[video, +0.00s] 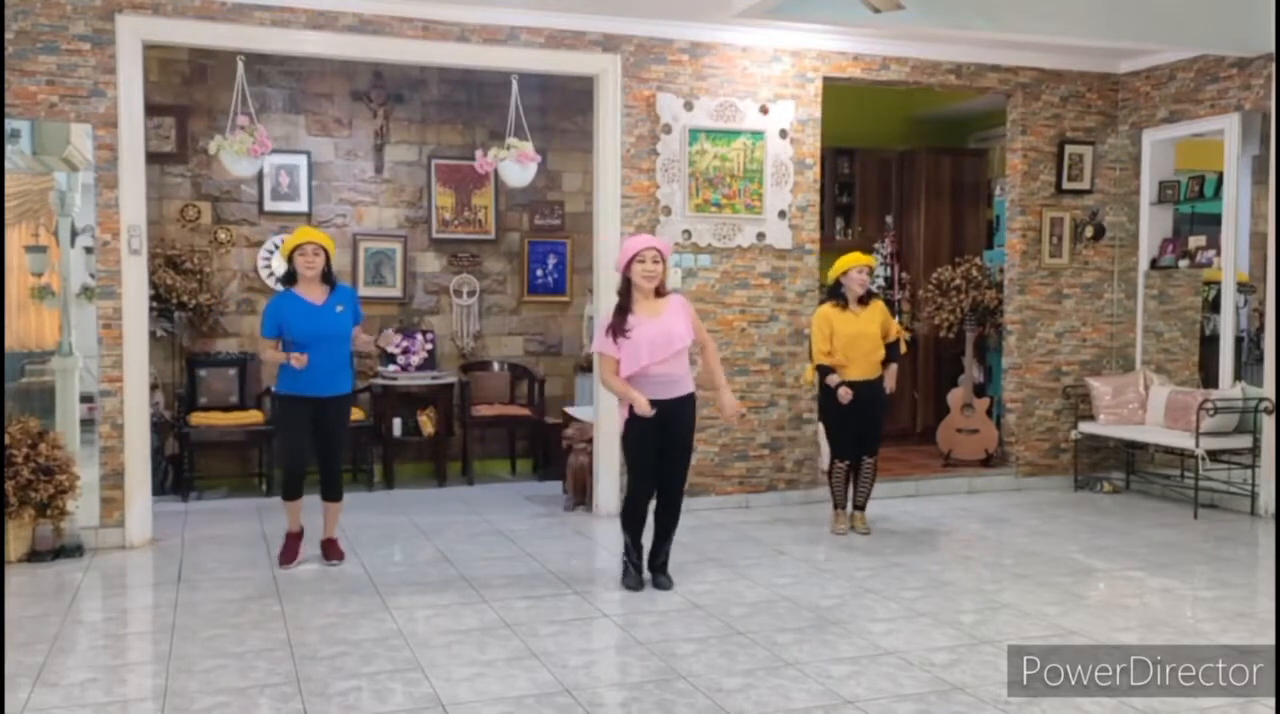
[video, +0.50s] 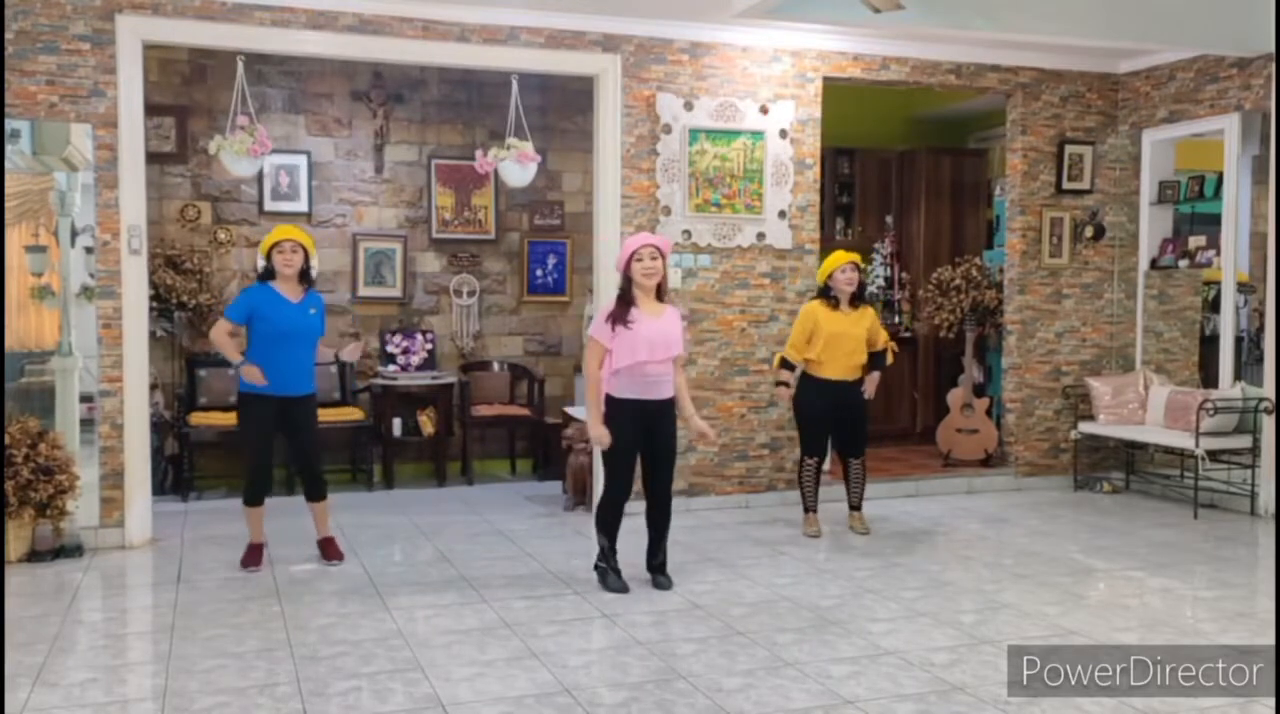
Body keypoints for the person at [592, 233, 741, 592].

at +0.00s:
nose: (650, 268)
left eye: (656, 261)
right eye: (642, 261)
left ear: (665, 268)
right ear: (628, 270)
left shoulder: (680, 305)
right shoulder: (618, 318)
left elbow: (707, 346)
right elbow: (607, 374)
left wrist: (723, 391)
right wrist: (633, 395)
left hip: (680, 406)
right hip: (641, 410)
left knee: (673, 490)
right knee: (641, 488)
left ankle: (660, 563)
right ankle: (633, 559)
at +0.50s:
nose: (648, 265)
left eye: (655, 259)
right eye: (640, 259)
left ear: (664, 268)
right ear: (628, 269)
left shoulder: (673, 316)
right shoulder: (613, 314)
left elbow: (678, 371)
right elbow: (592, 365)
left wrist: (692, 418)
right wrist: (595, 420)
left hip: (662, 409)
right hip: (621, 409)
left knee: (660, 491)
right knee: (617, 489)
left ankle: (658, 564)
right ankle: (606, 561)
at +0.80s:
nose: (640, 264)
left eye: (647, 258)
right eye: (632, 259)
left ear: (657, 268)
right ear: (620, 268)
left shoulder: (662, 318)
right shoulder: (601, 309)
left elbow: (662, 373)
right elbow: (564, 350)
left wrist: (673, 421)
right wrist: (551, 405)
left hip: (645, 410)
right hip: (601, 408)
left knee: (646, 490)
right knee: (603, 487)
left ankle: (643, 560)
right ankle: (603, 563)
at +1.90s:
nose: (634, 266)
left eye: (639, 259)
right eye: (625, 259)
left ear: (647, 267)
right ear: (610, 268)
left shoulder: (667, 300)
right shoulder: (606, 313)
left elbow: (692, 351)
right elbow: (600, 371)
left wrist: (719, 391)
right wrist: (596, 417)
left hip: (667, 406)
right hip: (624, 407)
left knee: (658, 489)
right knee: (622, 488)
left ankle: (647, 563)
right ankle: (620, 559)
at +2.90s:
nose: (639, 264)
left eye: (645, 258)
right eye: (630, 259)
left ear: (655, 267)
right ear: (618, 269)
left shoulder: (658, 315)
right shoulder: (606, 310)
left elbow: (653, 370)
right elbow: (571, 354)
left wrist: (667, 412)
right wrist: (569, 413)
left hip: (650, 410)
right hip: (611, 411)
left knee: (648, 494)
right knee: (612, 492)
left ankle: (643, 565)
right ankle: (600, 565)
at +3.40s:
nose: (633, 271)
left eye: (639, 264)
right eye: (624, 266)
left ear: (650, 271)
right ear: (613, 276)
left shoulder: (660, 322)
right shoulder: (597, 315)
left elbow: (659, 378)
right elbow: (565, 358)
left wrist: (660, 425)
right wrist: (539, 402)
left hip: (633, 413)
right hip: (591, 408)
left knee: (623, 491)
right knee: (594, 487)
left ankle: (621, 563)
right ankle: (597, 564)